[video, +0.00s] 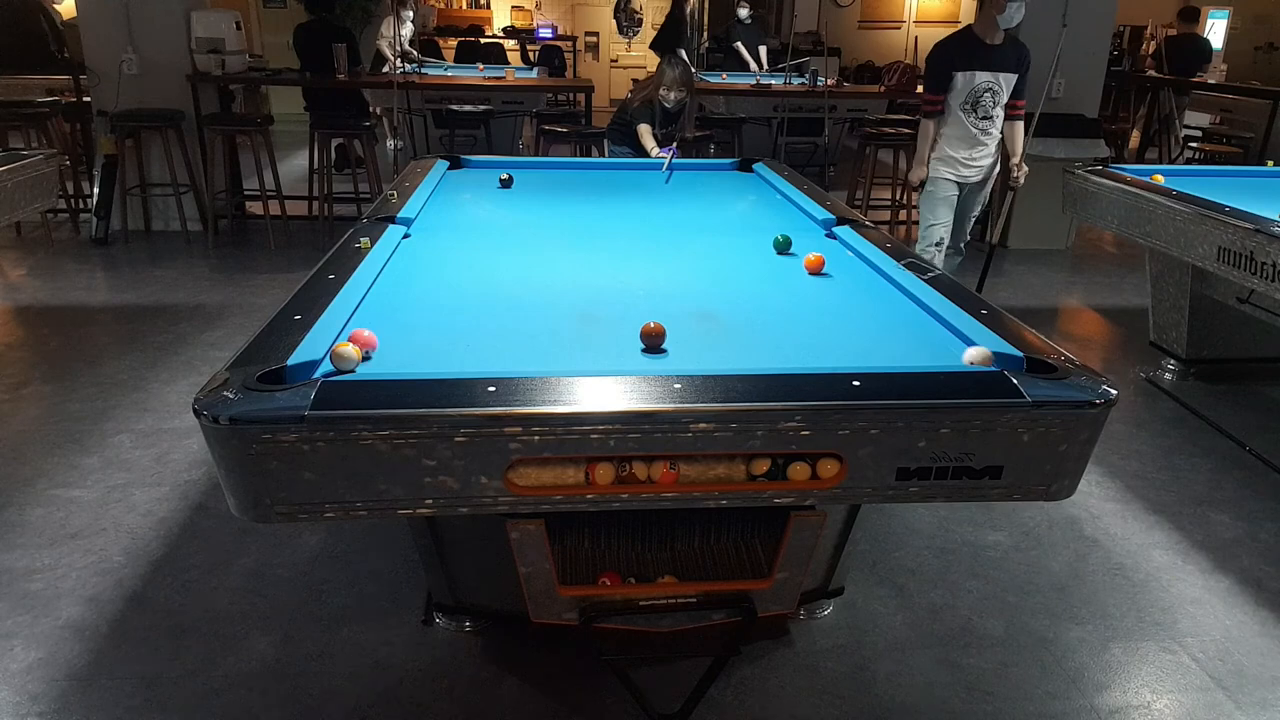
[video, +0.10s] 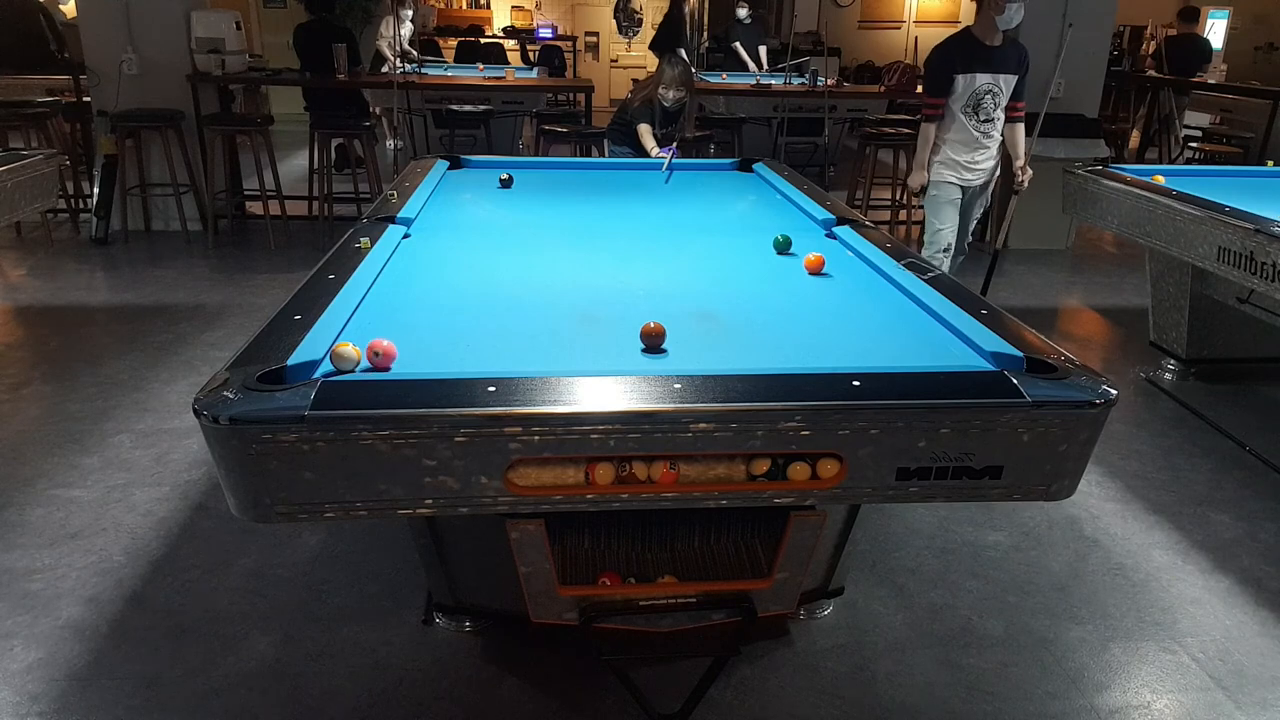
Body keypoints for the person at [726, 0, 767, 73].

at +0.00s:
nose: (741, 11)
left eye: (744, 8)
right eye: (739, 8)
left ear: (750, 12)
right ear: (736, 10)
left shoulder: (757, 25)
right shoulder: (732, 26)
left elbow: (762, 45)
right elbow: (738, 45)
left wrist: (765, 65)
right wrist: (751, 63)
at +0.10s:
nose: (740, 11)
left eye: (743, 8)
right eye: (738, 8)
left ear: (750, 12)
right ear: (735, 10)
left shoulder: (757, 25)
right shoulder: (732, 25)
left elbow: (762, 46)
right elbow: (736, 45)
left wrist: (765, 66)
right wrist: (750, 63)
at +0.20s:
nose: (739, 11)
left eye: (742, 8)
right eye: (737, 8)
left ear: (749, 11)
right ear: (734, 10)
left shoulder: (757, 25)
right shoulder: (731, 25)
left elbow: (761, 46)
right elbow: (735, 45)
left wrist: (765, 66)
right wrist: (749, 64)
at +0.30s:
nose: (738, 11)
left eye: (742, 8)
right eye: (736, 8)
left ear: (748, 11)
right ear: (734, 10)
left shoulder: (757, 25)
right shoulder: (731, 25)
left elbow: (761, 46)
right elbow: (734, 46)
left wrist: (765, 65)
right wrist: (748, 64)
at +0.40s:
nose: (737, 11)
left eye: (740, 8)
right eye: (735, 8)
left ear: (748, 11)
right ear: (733, 10)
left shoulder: (756, 25)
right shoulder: (730, 25)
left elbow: (761, 46)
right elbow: (734, 46)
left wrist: (765, 66)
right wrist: (748, 64)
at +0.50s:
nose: (736, 11)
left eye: (739, 7)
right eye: (735, 7)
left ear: (747, 10)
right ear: (732, 10)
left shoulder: (756, 25)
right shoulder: (730, 25)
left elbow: (761, 46)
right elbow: (734, 46)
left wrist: (765, 66)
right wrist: (748, 64)